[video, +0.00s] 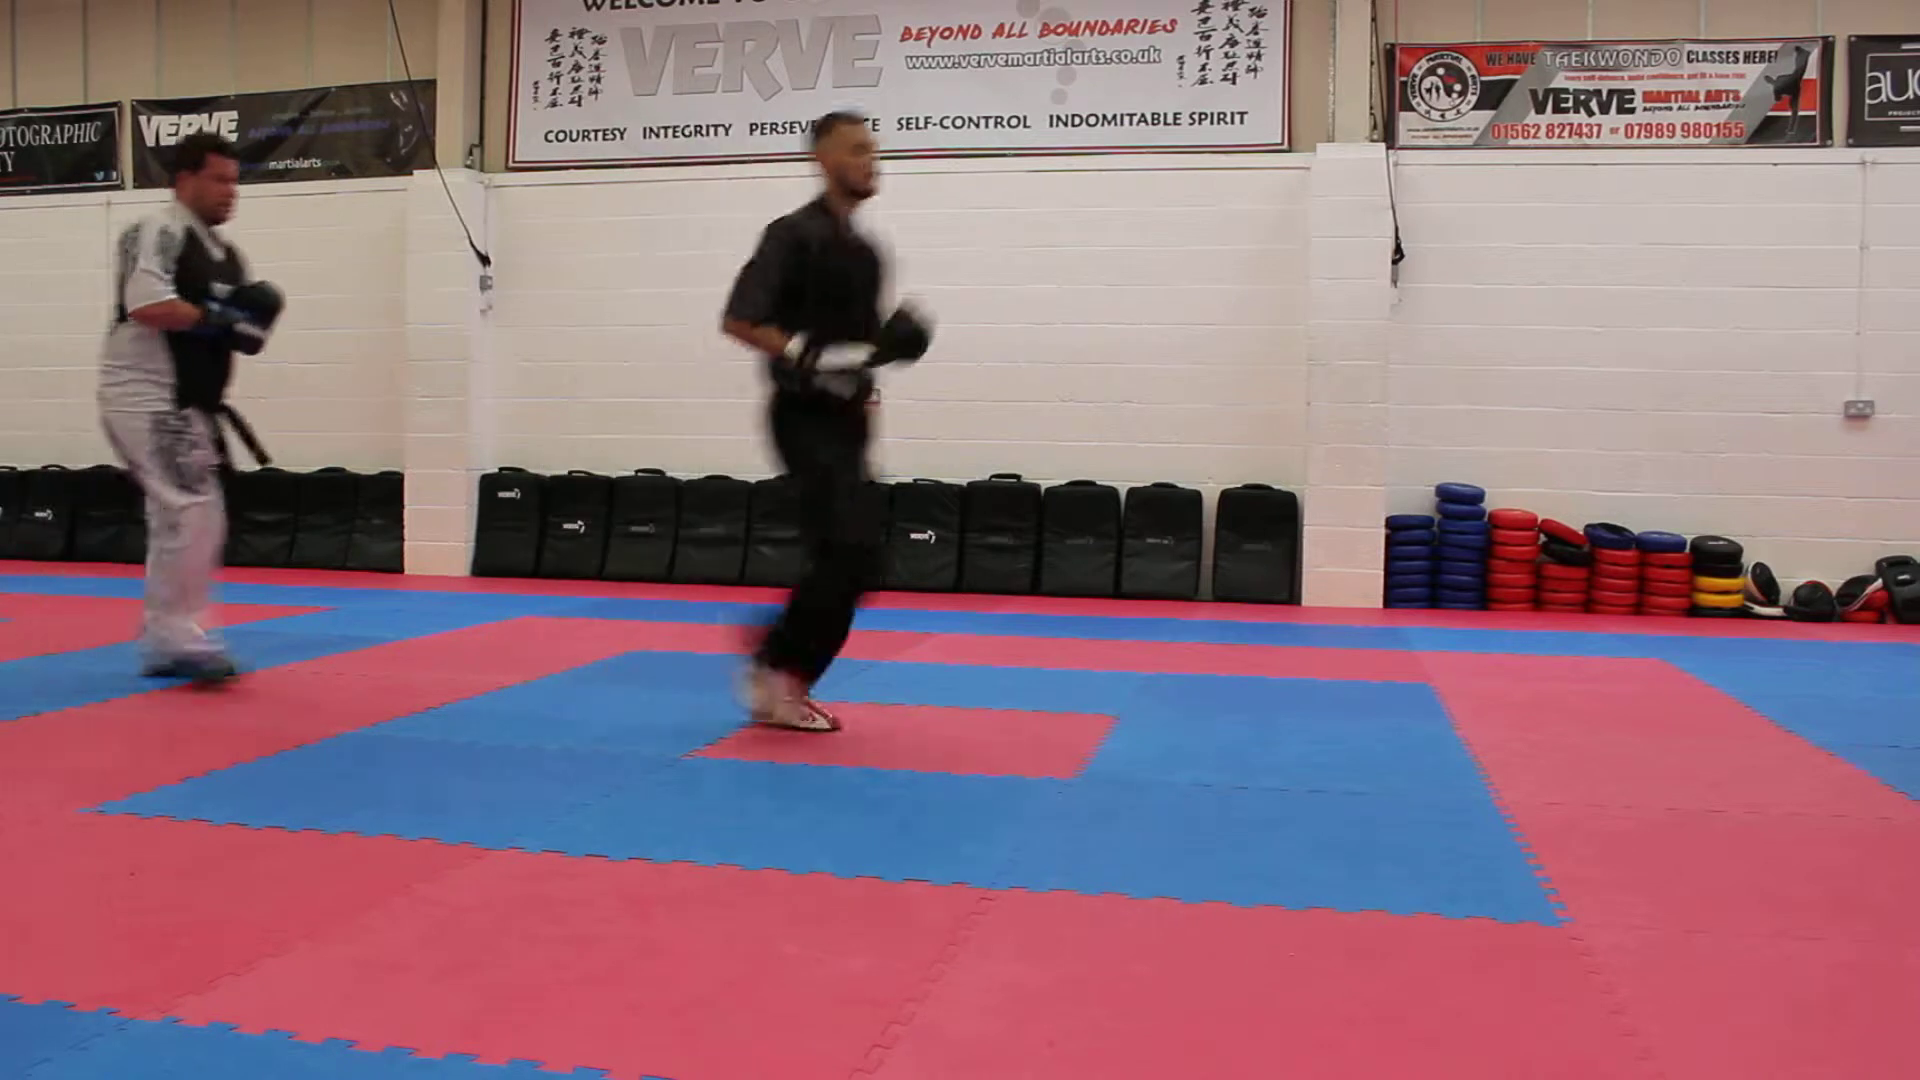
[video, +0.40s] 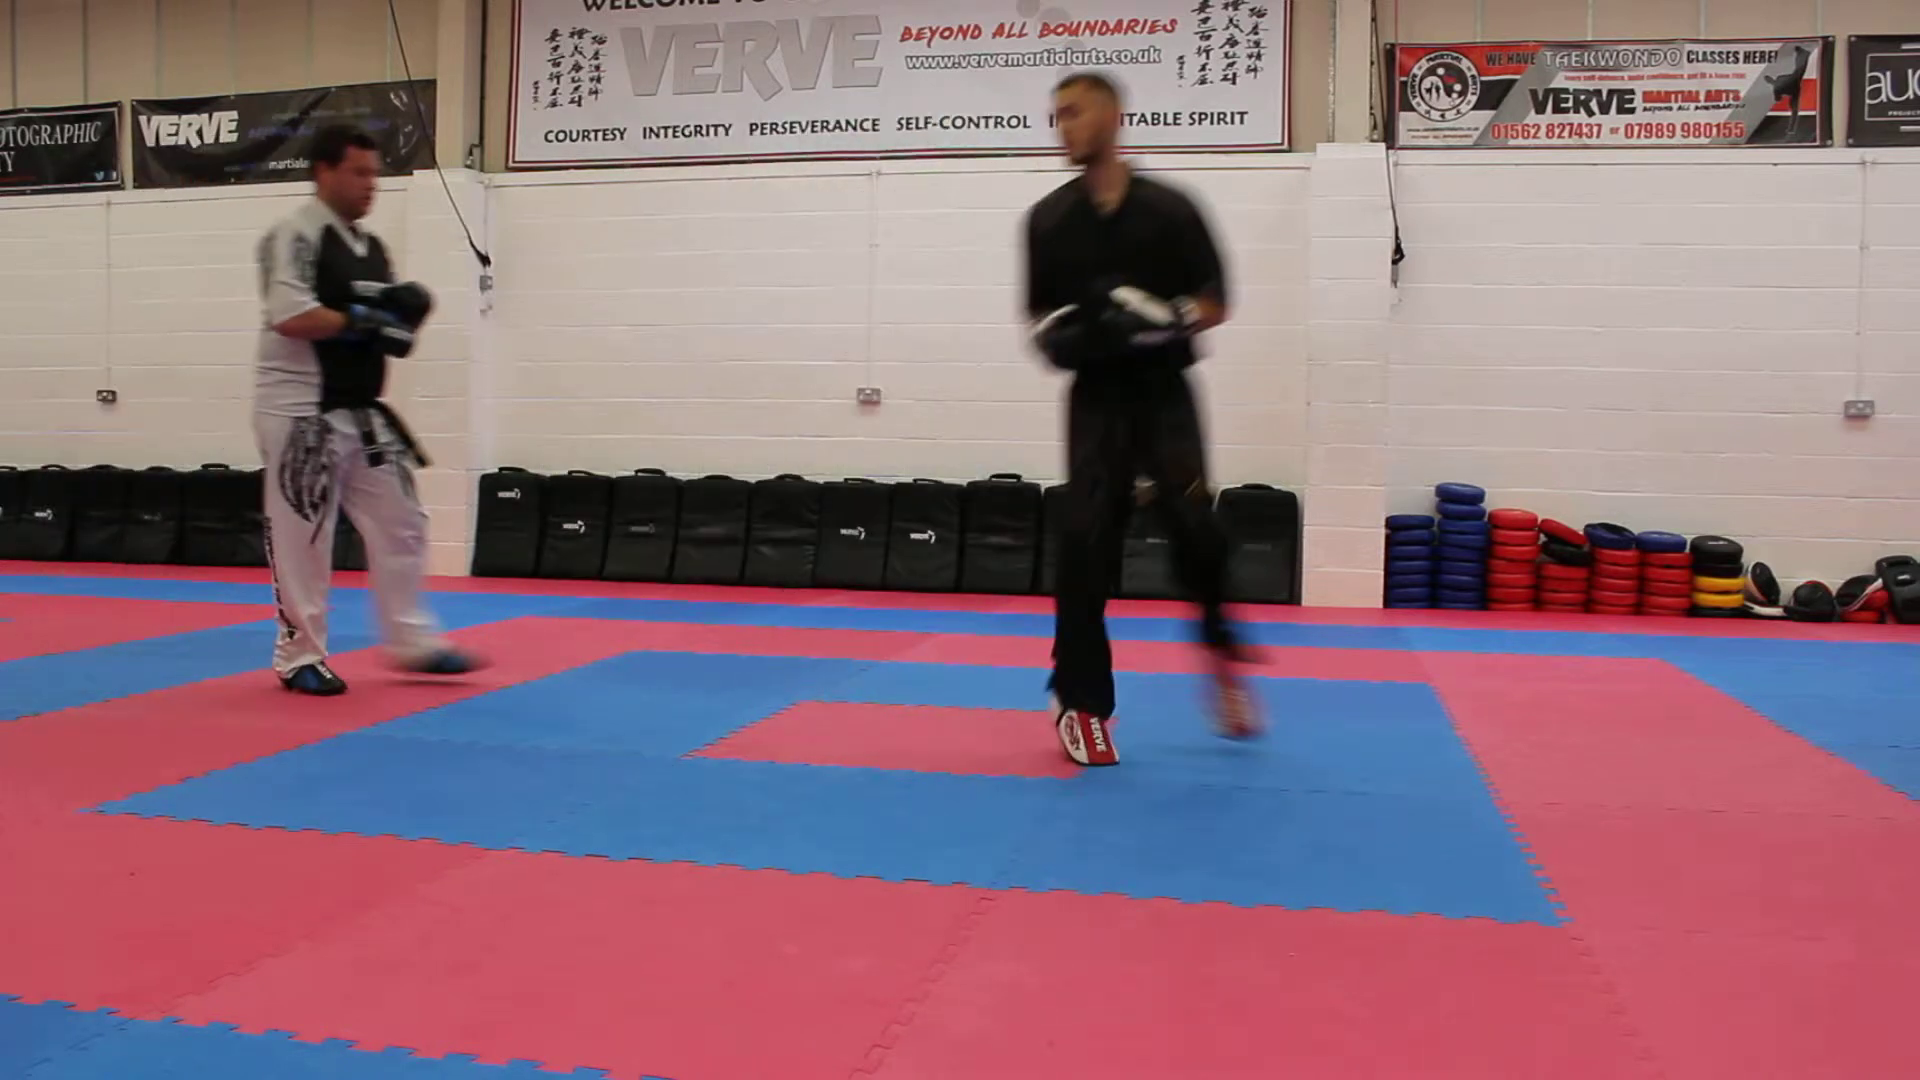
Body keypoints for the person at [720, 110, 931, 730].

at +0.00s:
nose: (871, 163)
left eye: (873, 151)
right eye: (857, 151)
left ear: (870, 160)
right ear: (823, 159)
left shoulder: (864, 249)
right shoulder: (792, 235)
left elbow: (852, 331)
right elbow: (740, 321)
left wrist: (890, 337)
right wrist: (805, 351)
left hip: (846, 413)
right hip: (802, 411)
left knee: (849, 545)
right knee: (845, 541)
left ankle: (789, 686)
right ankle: (775, 669)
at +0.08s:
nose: (907, 143)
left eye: (913, 131)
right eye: (894, 131)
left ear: (923, 139)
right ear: (866, 138)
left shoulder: (933, 230)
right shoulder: (837, 219)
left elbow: (953, 311)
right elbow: (784, 303)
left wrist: (921, 336)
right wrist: (832, 335)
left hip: (912, 391)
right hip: (864, 389)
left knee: (889, 526)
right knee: (916, 518)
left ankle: (809, 657)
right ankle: (930, 698)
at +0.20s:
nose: (961, 143)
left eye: (971, 131)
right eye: (951, 133)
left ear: (995, 139)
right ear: (938, 145)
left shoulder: (1026, 231)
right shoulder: (919, 234)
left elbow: (1065, 314)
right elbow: (887, 314)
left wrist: (1036, 340)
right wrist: (918, 360)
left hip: (1012, 402)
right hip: (958, 405)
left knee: (1010, 548)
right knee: (1008, 546)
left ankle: (915, 618)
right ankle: (1067, 705)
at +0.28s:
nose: (1002, 156)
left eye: (1013, 142)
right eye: (995, 146)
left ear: (1045, 148)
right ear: (988, 157)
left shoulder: (1085, 242)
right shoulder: (974, 250)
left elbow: (1131, 334)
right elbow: (946, 348)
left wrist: (1094, 352)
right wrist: (974, 385)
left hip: (1077, 415)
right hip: (1018, 421)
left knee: (1100, 556)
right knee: (1058, 558)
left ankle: (1084, 709)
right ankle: (1073, 714)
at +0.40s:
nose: (1063, 128)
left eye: (1075, 114)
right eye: (1058, 118)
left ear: (1115, 116)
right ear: (1057, 129)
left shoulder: (1170, 209)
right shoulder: (1049, 221)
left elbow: (1214, 303)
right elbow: (1044, 322)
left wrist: (1165, 325)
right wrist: (1074, 335)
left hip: (1165, 394)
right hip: (1094, 397)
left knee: (1197, 530)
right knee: (1086, 545)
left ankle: (1226, 666)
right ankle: (1082, 701)